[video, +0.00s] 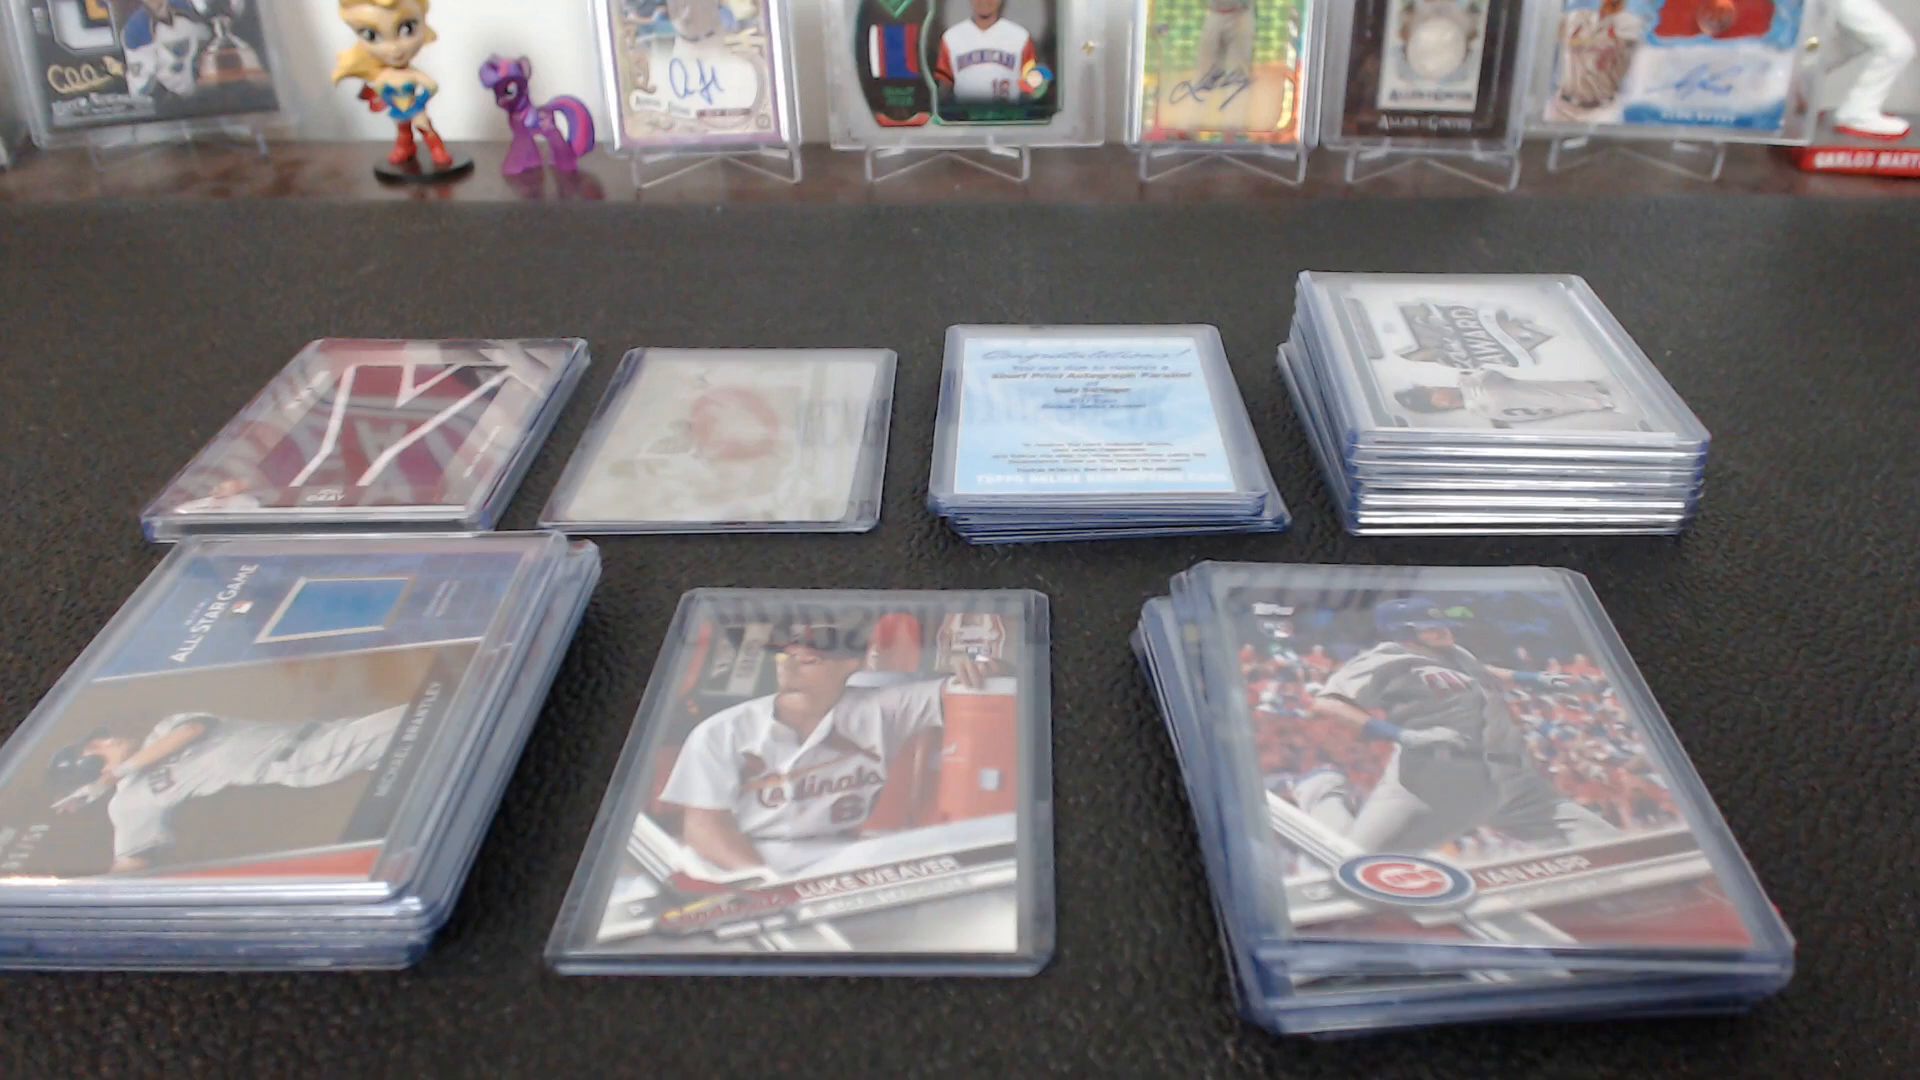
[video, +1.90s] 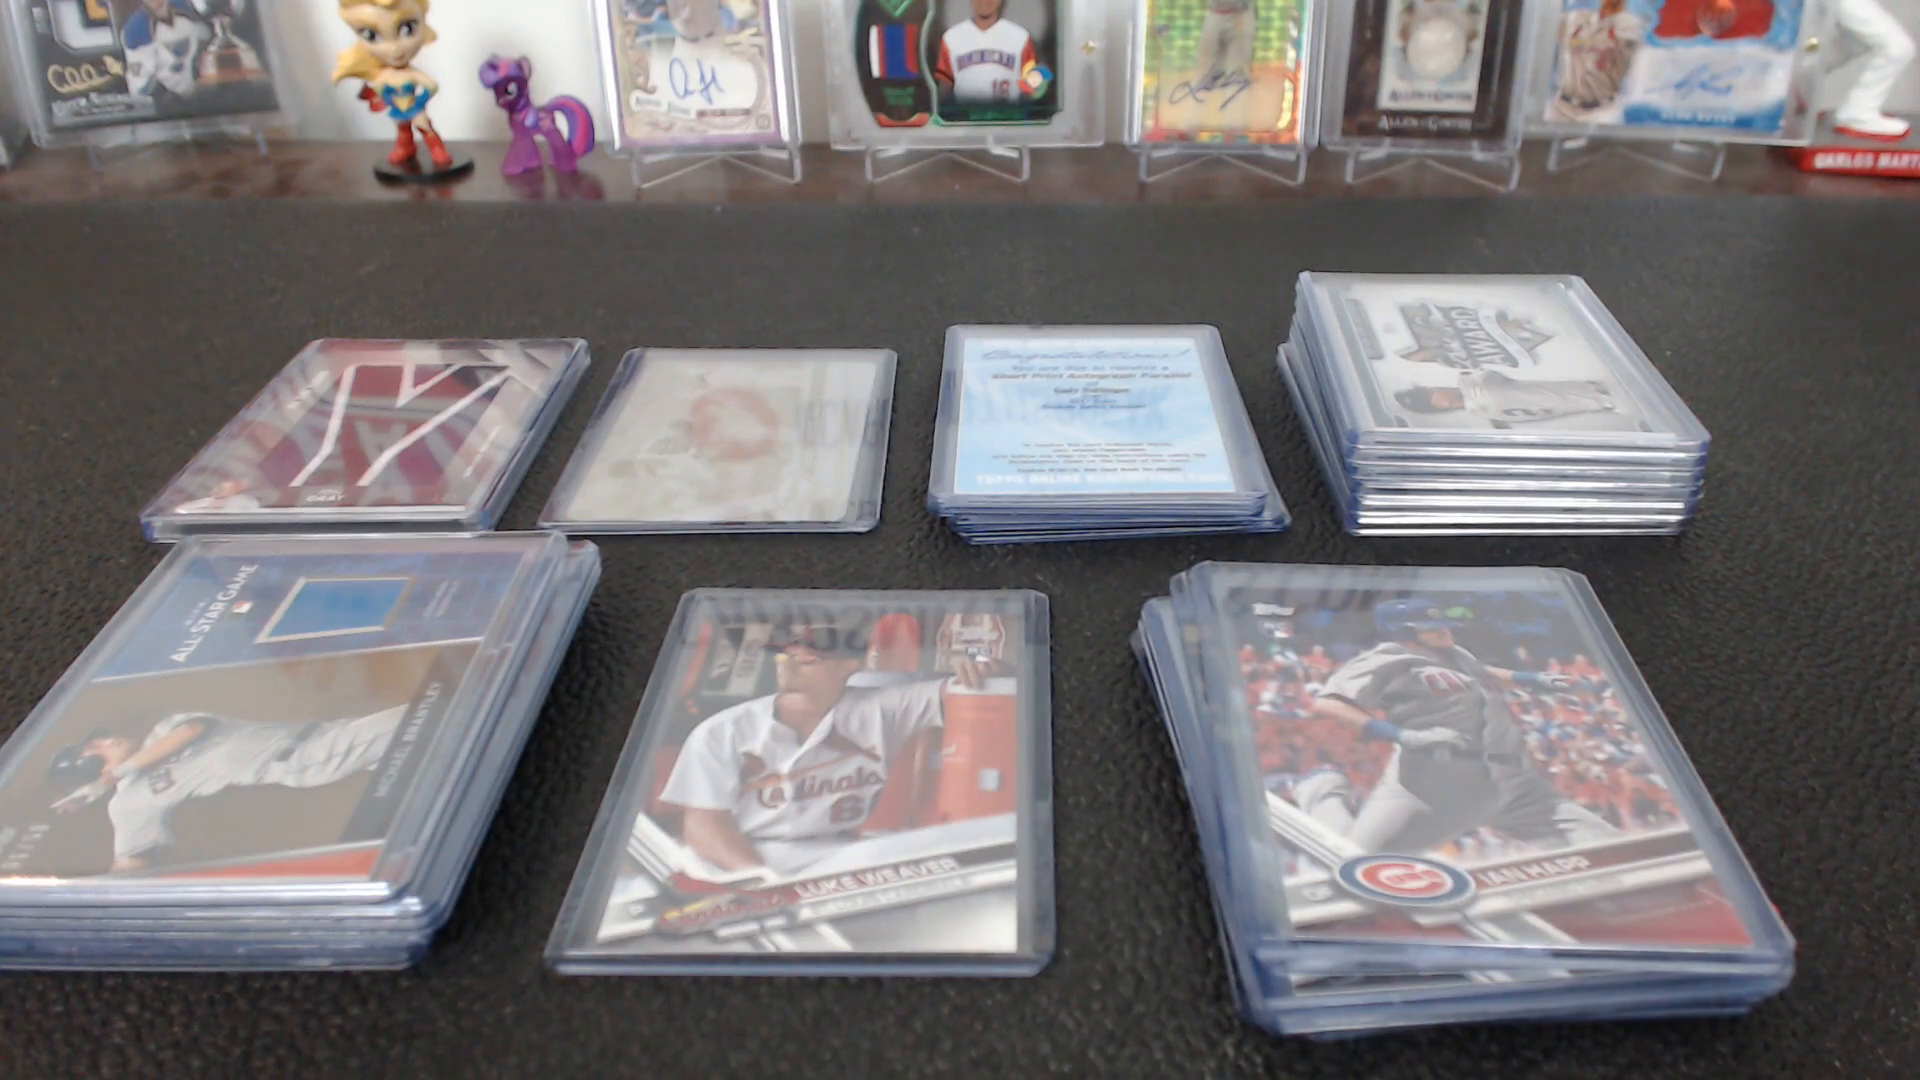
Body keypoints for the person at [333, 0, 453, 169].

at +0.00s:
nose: (393, 49)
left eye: (407, 29)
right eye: (371, 35)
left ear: (424, 25)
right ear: (357, 36)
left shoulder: (414, 74)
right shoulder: (376, 72)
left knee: (421, 121)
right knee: (400, 120)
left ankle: (436, 148)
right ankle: (405, 146)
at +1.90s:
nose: (393, 49)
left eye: (407, 29)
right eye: (371, 35)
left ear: (424, 26)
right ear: (357, 36)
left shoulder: (414, 74)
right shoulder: (378, 74)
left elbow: (426, 86)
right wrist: (375, 99)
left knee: (421, 121)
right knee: (401, 122)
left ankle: (437, 148)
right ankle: (405, 146)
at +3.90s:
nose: (394, 50)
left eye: (407, 30)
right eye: (371, 36)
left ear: (424, 27)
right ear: (358, 37)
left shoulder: (414, 74)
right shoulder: (378, 74)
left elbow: (426, 85)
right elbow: (370, 86)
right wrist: (375, 99)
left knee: (421, 121)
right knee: (401, 122)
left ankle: (436, 148)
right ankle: (405, 147)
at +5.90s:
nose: (394, 50)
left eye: (407, 30)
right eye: (372, 36)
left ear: (424, 29)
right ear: (359, 38)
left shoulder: (414, 75)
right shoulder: (379, 75)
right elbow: (370, 88)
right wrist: (375, 100)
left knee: (421, 121)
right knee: (401, 123)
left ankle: (437, 149)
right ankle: (405, 148)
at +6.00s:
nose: (394, 50)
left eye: (407, 30)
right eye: (372, 36)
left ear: (424, 29)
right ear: (359, 38)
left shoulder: (414, 75)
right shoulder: (379, 75)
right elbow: (370, 88)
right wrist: (375, 100)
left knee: (421, 121)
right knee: (401, 123)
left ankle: (437, 149)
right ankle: (405, 148)